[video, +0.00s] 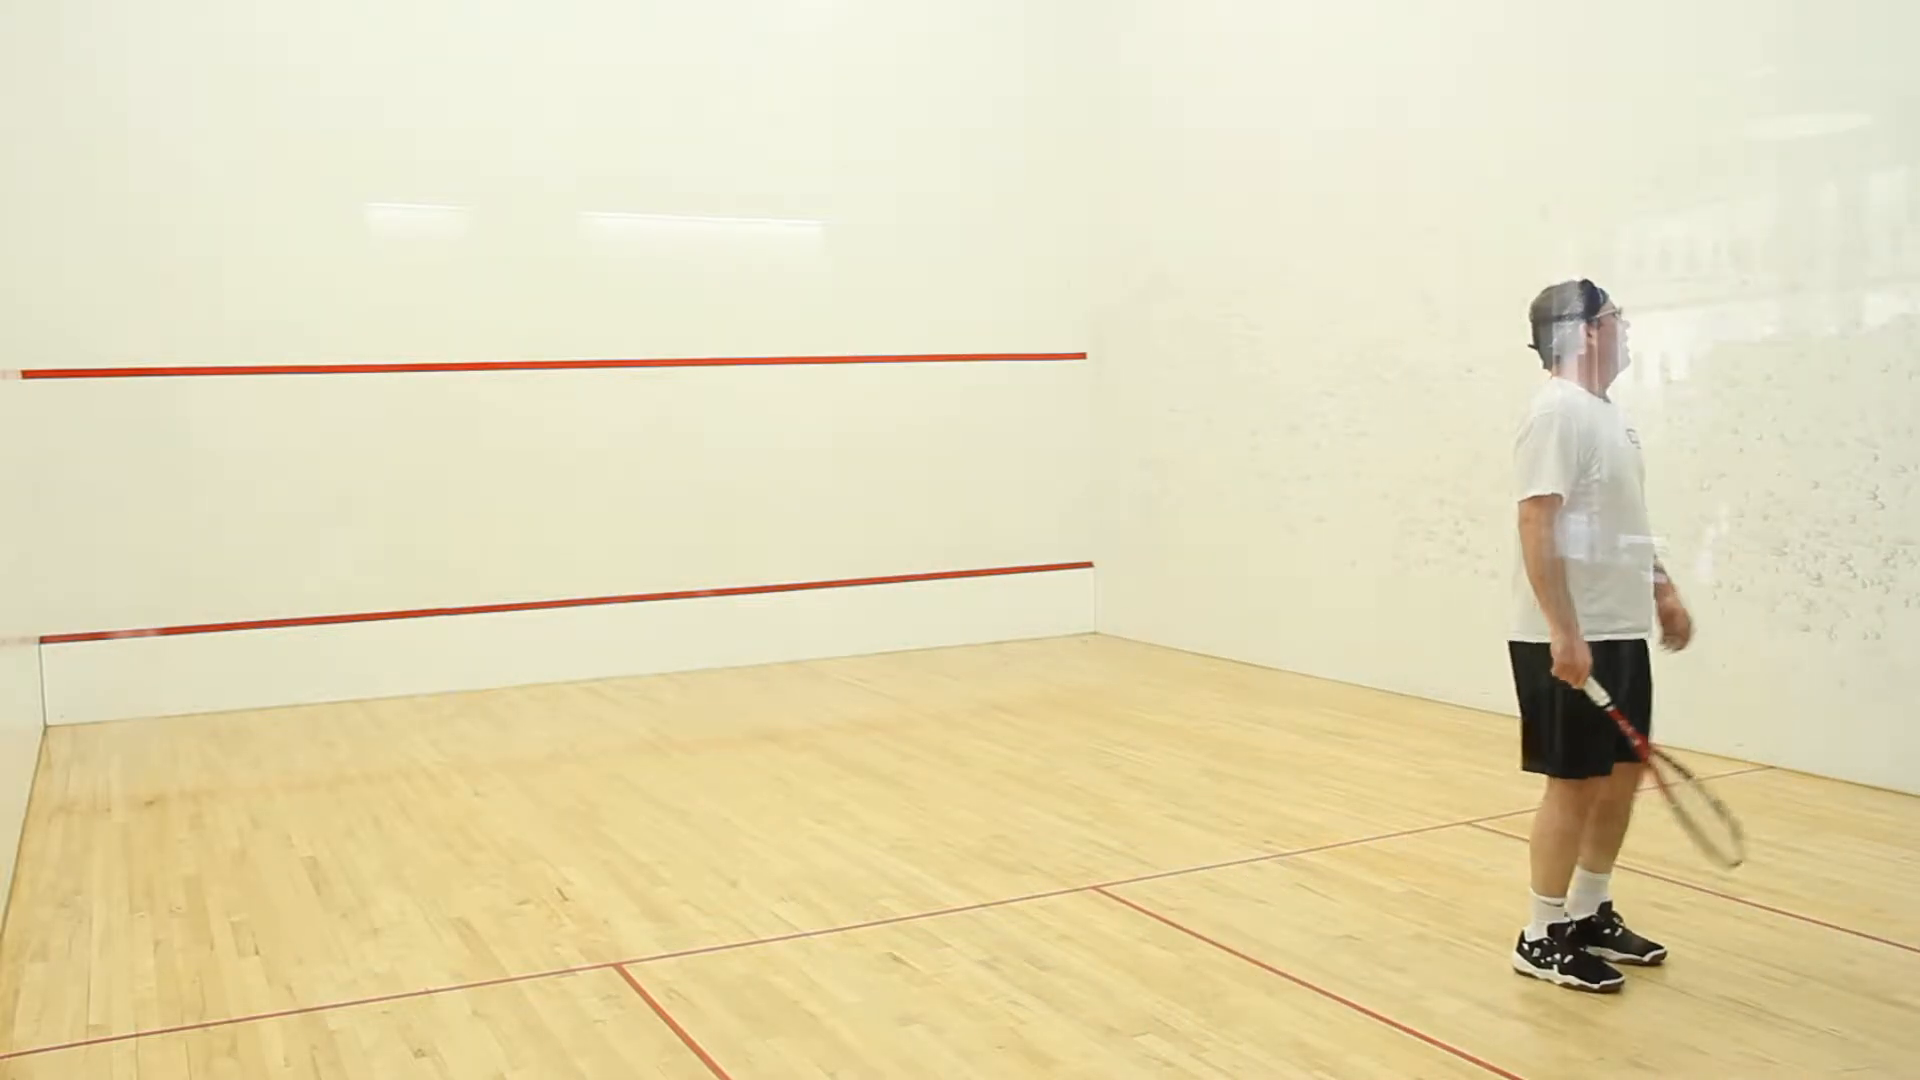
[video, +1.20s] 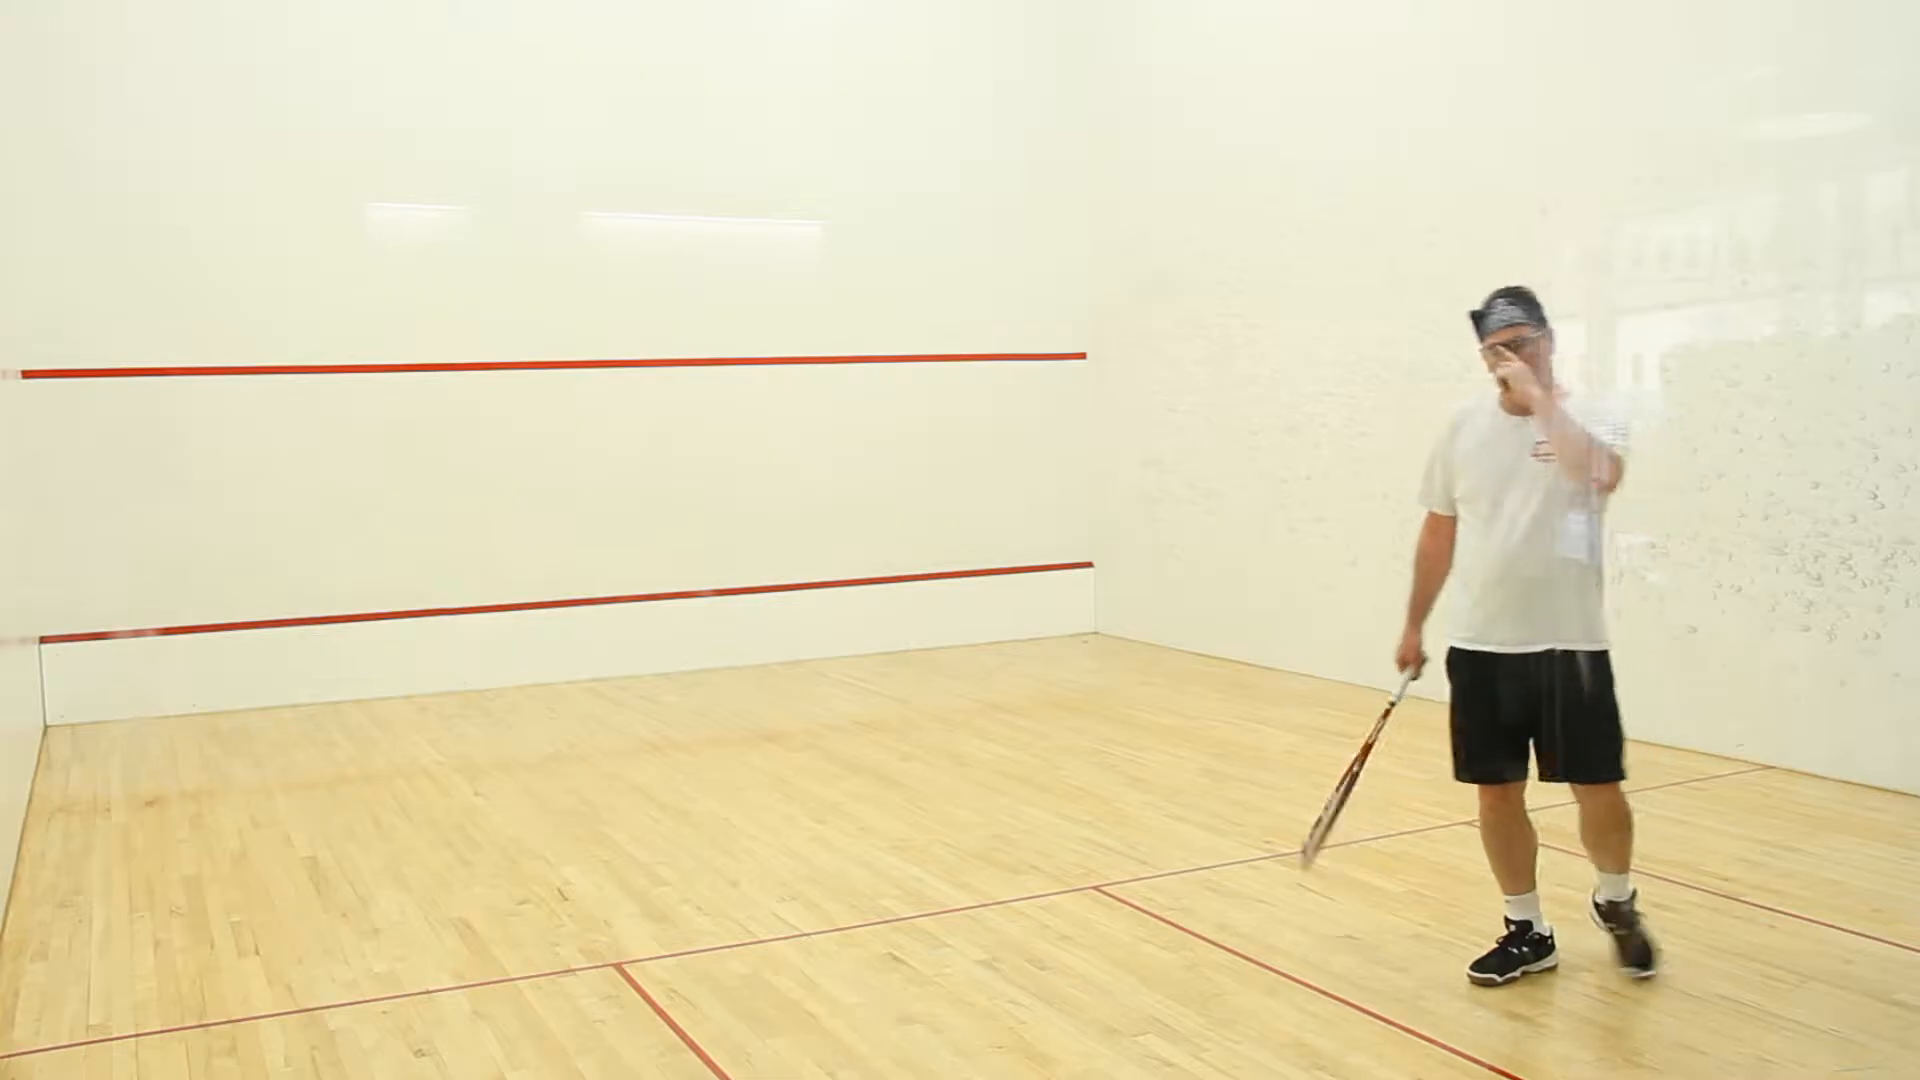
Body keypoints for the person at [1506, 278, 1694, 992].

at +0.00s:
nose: (1625, 331)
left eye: (1619, 321)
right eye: (1616, 321)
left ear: (1583, 337)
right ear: (1590, 333)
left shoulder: (1607, 414)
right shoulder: (1557, 410)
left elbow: (1625, 520)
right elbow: (1535, 527)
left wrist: (1662, 588)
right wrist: (1565, 633)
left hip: (1621, 633)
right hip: (1569, 636)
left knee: (1624, 769)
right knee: (1574, 780)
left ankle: (1588, 914)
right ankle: (1542, 935)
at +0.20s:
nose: (1635, 336)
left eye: (1631, 324)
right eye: (1626, 325)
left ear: (1591, 337)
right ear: (1594, 335)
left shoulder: (1614, 418)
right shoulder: (1563, 416)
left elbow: (1643, 514)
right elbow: (1549, 536)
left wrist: (1726, 538)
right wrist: (1588, 630)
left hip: (1624, 635)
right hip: (1563, 638)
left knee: (1640, 764)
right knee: (1571, 778)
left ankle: (1622, 913)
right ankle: (1544, 935)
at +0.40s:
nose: (1652, 334)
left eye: (1650, 323)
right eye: (1640, 323)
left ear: (1619, 337)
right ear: (1599, 335)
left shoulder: (1654, 421)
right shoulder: (1555, 424)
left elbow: (1713, 499)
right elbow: (1534, 531)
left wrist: (1810, 473)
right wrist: (1578, 623)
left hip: (1637, 636)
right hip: (1565, 636)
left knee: (1633, 769)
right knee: (1571, 778)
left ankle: (1620, 918)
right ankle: (1543, 935)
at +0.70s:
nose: (1643, 356)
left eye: (1649, 341)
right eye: (1628, 342)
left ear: (1656, 344)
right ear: (1588, 345)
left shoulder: (1675, 425)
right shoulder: (1541, 424)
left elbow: (1734, 505)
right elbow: (1497, 523)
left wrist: (1711, 433)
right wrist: (1477, 619)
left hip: (1643, 639)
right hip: (1556, 636)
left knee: (1633, 781)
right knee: (1549, 782)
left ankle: (1620, 917)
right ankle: (1534, 926)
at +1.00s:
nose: (1559, 357)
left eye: (1569, 342)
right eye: (1544, 348)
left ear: (1592, 338)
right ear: (1526, 353)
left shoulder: (1633, 417)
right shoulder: (1501, 425)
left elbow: (1674, 498)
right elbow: (1474, 527)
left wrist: (1601, 439)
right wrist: (1453, 624)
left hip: (1613, 639)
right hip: (1521, 638)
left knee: (1621, 781)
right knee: (1519, 787)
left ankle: (1618, 917)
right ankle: (1528, 929)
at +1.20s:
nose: (1511, 360)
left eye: (1521, 345)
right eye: (1497, 350)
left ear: (1550, 343)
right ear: (1482, 358)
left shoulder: (1590, 417)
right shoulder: (1464, 429)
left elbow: (1600, 476)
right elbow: (1438, 531)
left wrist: (1538, 400)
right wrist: (1414, 626)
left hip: (1572, 641)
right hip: (1482, 643)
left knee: (1601, 787)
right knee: (1497, 791)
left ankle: (1618, 905)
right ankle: (1528, 929)